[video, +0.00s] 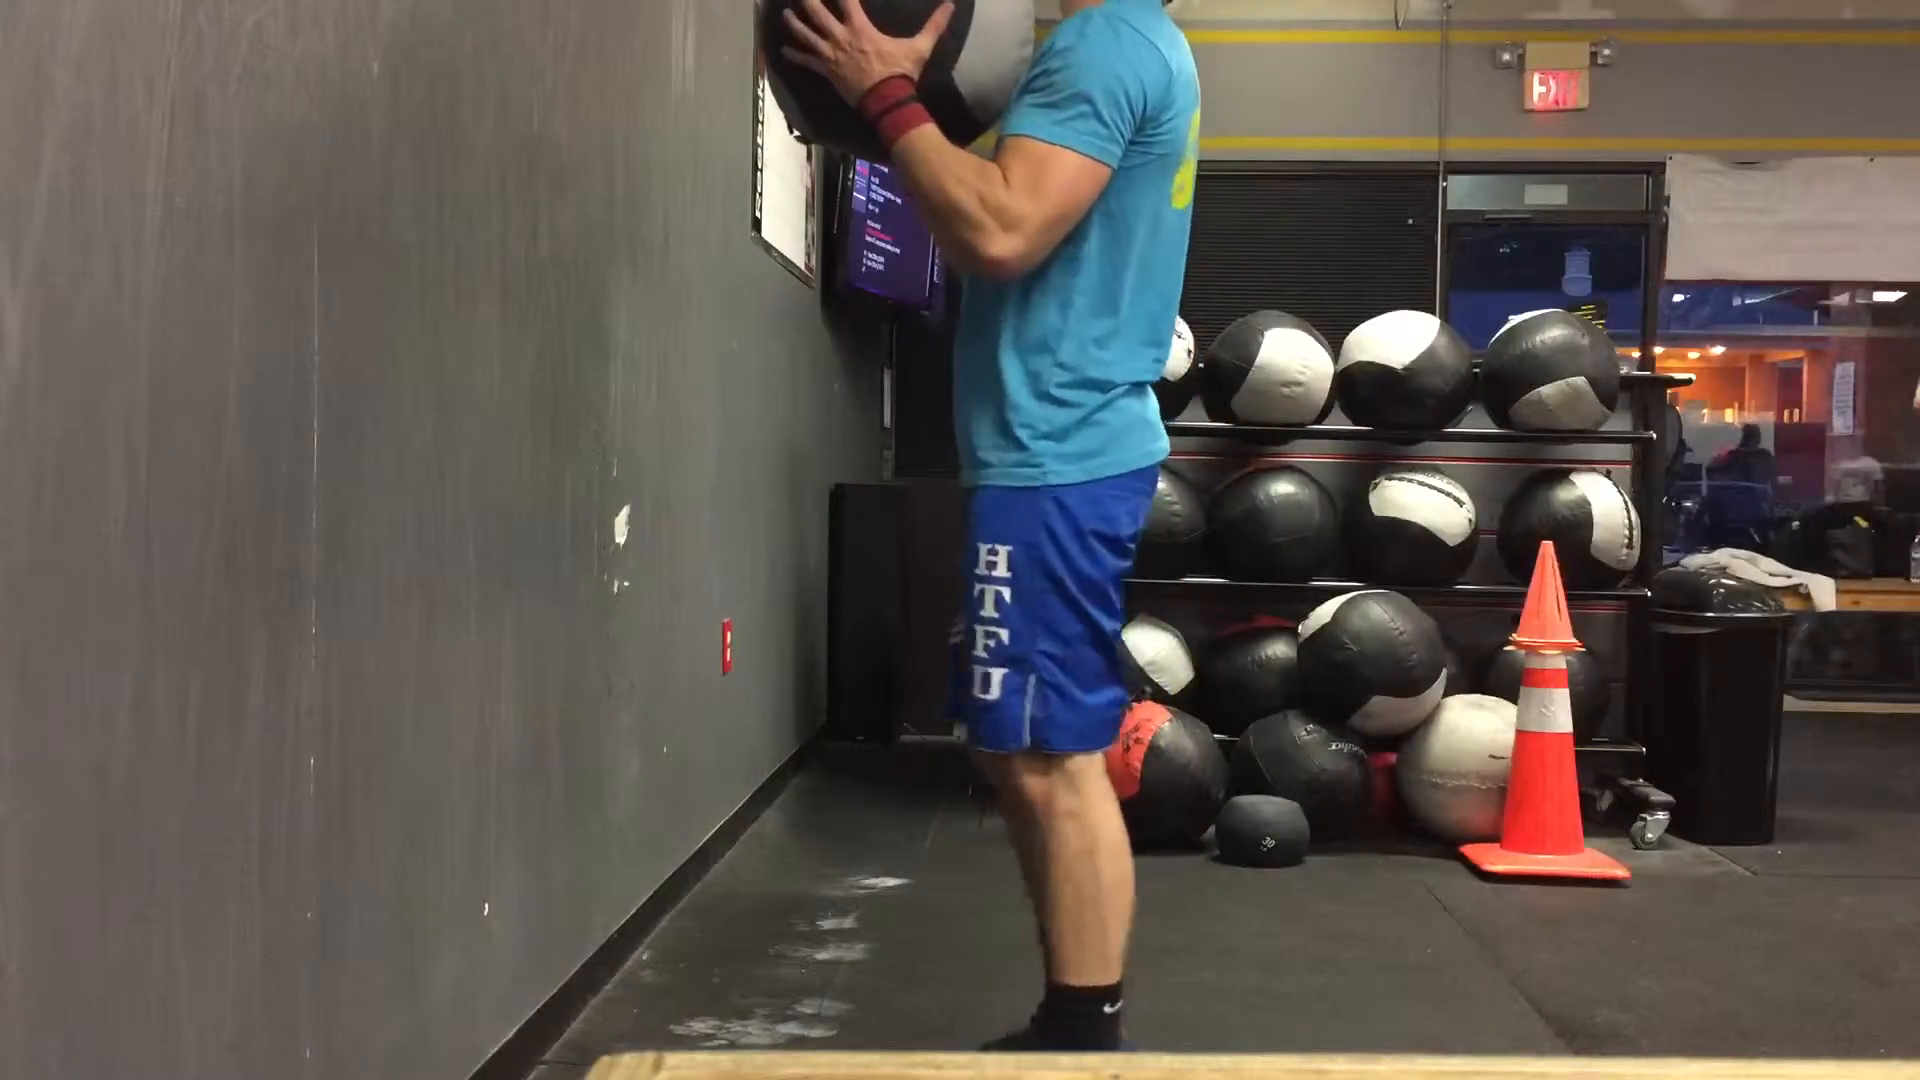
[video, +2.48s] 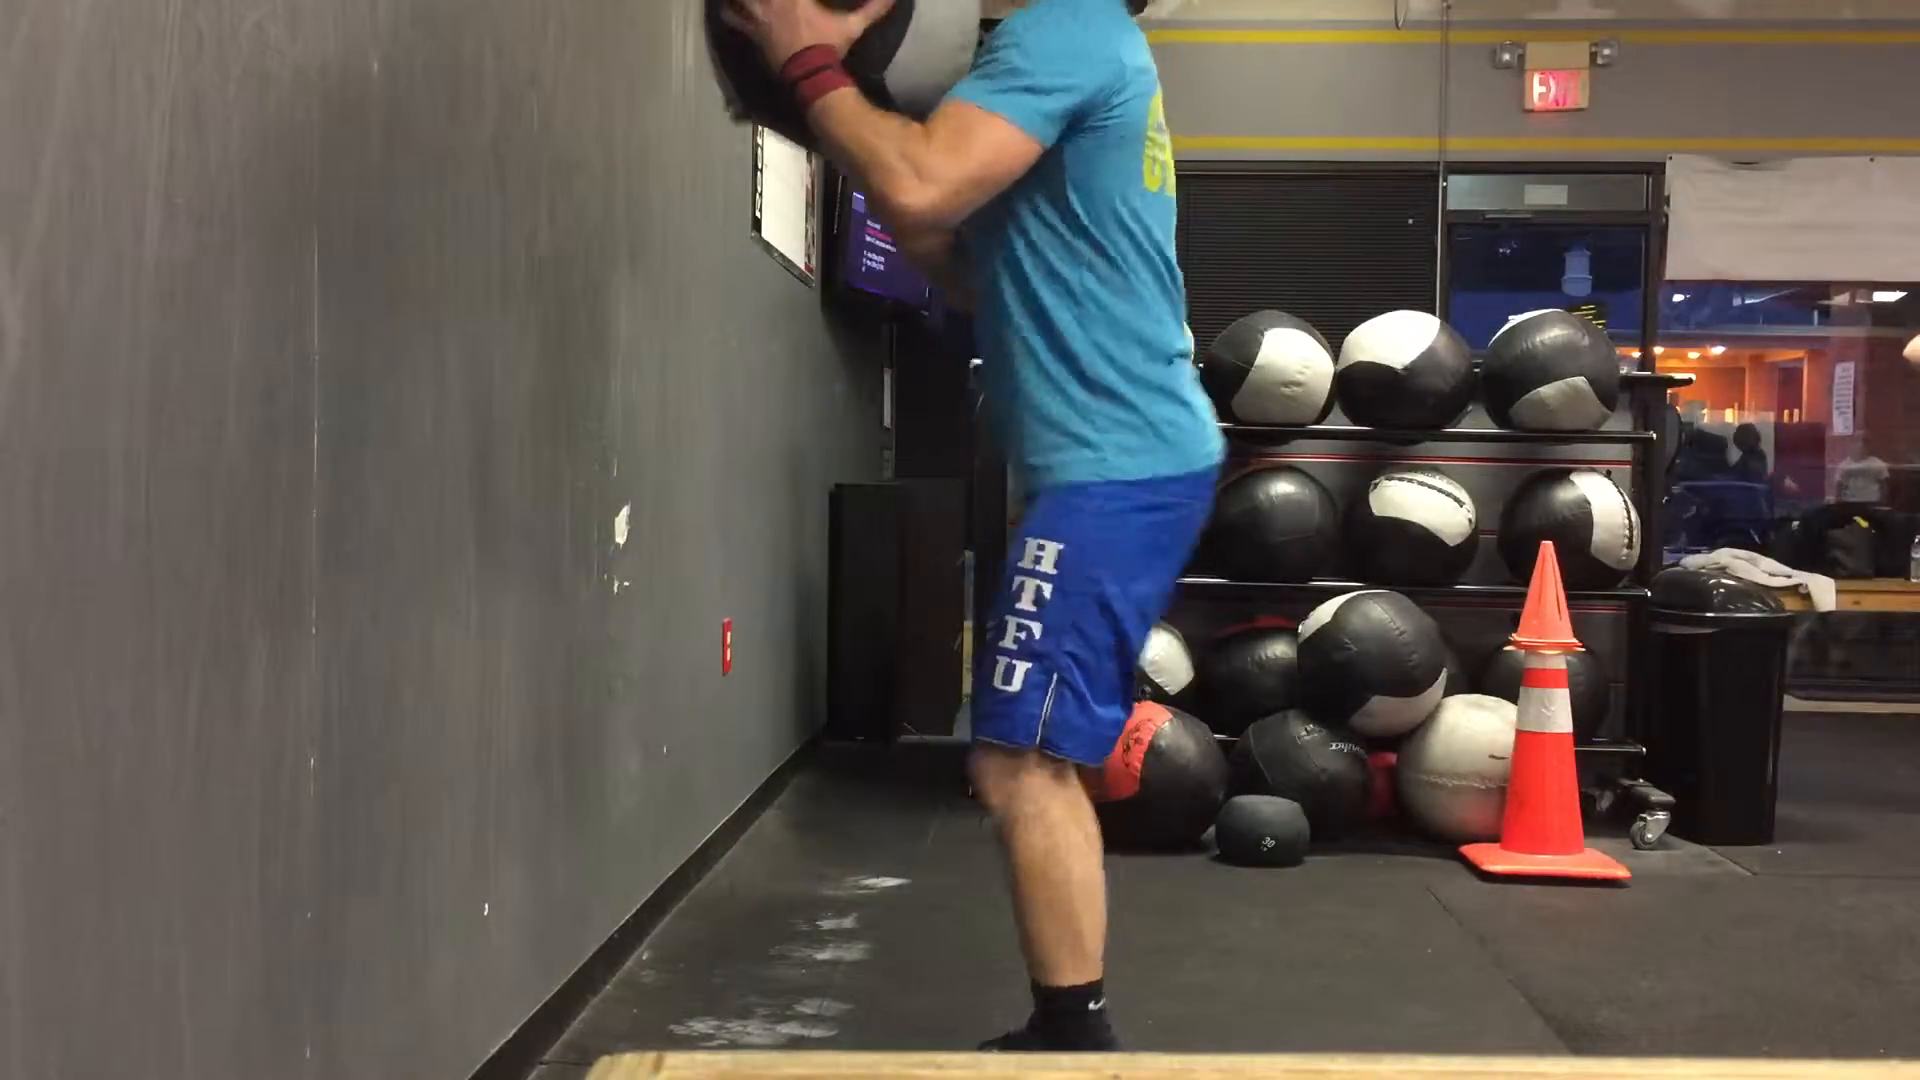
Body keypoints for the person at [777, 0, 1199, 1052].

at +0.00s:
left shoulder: (1115, 46)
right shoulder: (1095, 44)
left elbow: (1001, 233)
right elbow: (995, 217)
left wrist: (888, 96)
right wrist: (903, 103)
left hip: (1063, 459)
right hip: (1041, 456)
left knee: (1052, 760)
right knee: (1029, 757)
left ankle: (1084, 1036)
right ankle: (1075, 1024)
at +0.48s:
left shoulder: (1100, 53)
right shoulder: (1095, 46)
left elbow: (997, 236)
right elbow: (994, 216)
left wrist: (885, 100)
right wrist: (895, 108)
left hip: (1053, 467)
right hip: (1057, 459)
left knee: (1041, 764)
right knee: (1050, 761)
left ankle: (1077, 1031)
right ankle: (1081, 1025)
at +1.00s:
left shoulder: (1093, 55)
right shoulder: (1075, 51)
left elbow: (985, 221)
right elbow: (945, 240)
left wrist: (876, 82)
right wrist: (885, 96)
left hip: (1031, 466)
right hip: (1023, 463)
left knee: (1032, 765)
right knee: (1038, 763)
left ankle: (1075, 1029)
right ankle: (1075, 1024)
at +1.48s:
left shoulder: (1073, 46)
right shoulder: (1095, 43)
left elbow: (942, 212)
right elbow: (953, 193)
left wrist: (859, 63)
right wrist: (876, 68)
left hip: (1022, 463)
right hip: (1034, 455)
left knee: (1035, 767)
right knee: (1041, 764)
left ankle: (1076, 1027)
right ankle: (1074, 1020)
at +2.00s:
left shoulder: (1087, 40)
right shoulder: (1097, 37)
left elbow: (961, 209)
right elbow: (965, 189)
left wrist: (868, 67)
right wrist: (883, 69)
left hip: (1044, 463)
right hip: (1042, 457)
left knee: (1050, 765)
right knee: (1052, 763)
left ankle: (1080, 1031)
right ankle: (1080, 1023)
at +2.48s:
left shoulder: (1070, 25)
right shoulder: (1046, 48)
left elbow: (926, 184)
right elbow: (989, 285)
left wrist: (811, 64)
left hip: (1115, 454)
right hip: (1092, 452)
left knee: (1018, 758)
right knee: (1030, 755)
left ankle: (1071, 1030)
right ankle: (1071, 1024)